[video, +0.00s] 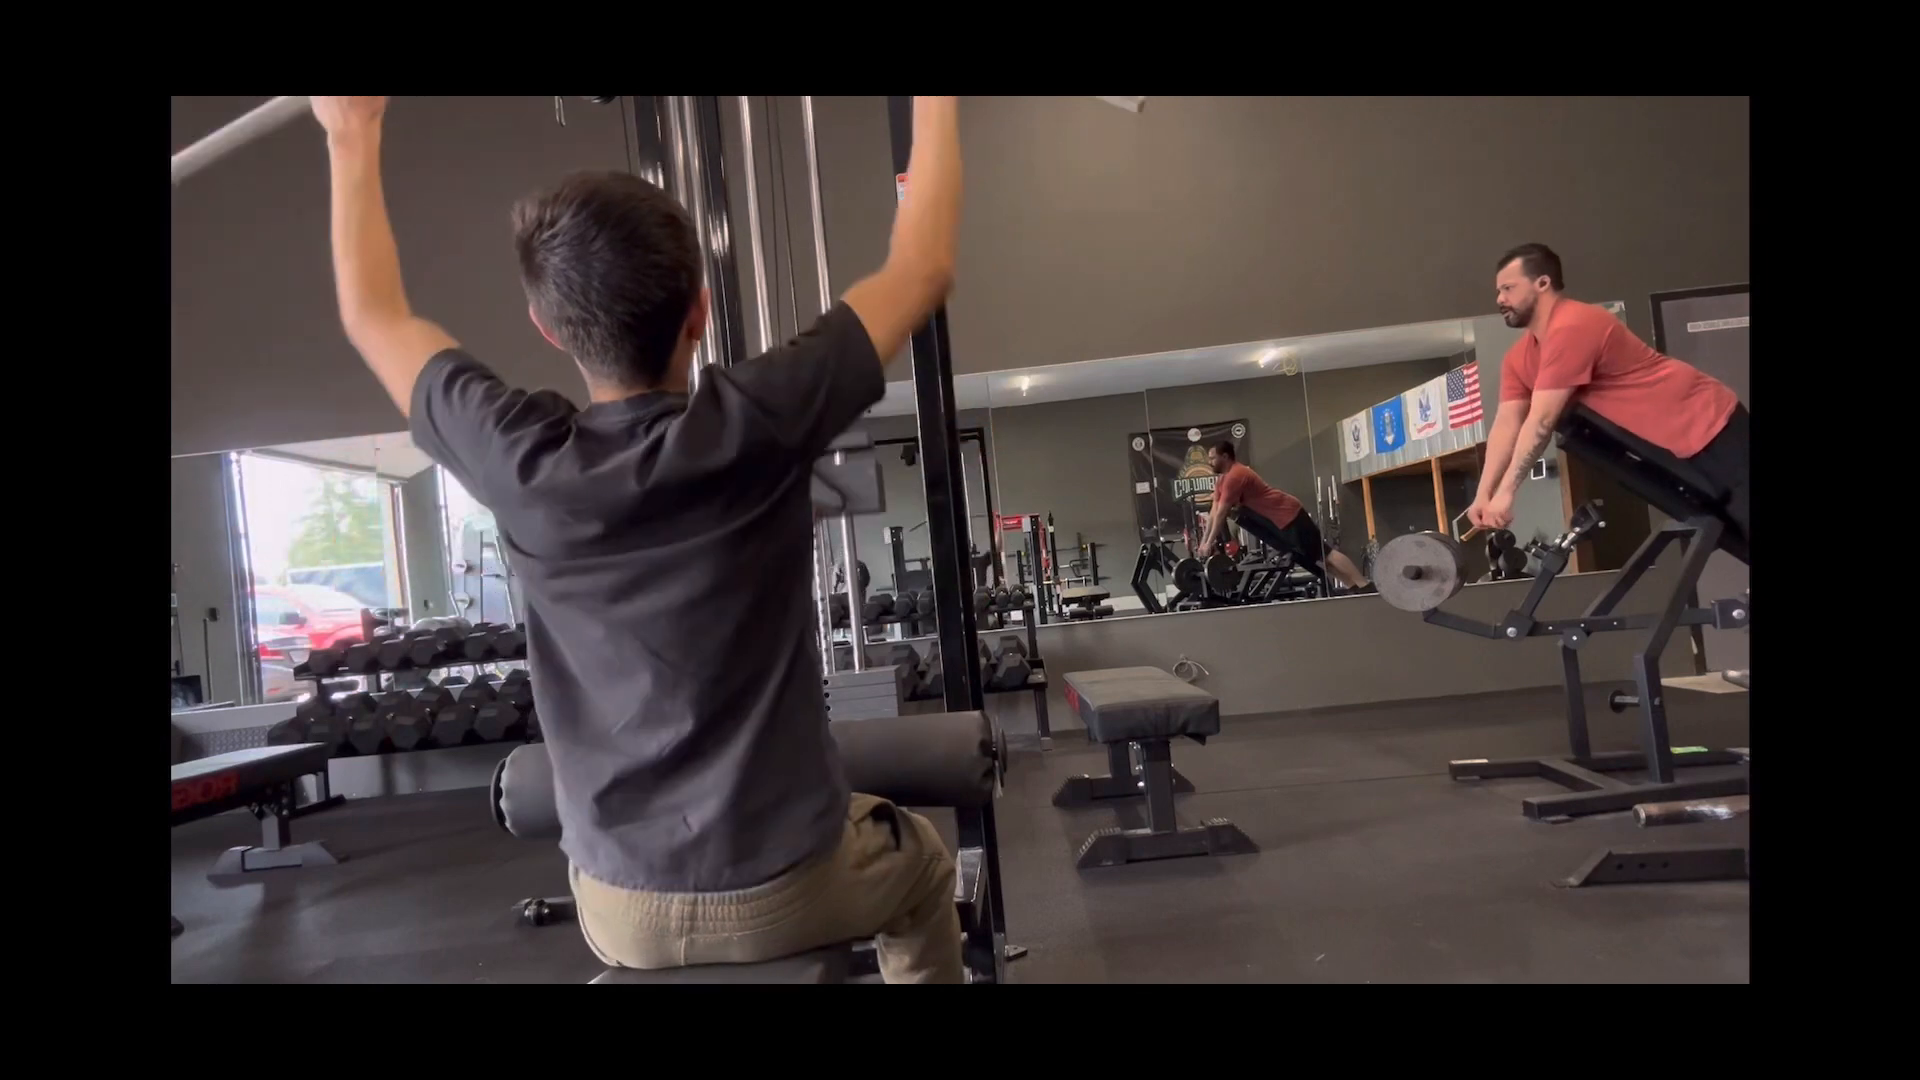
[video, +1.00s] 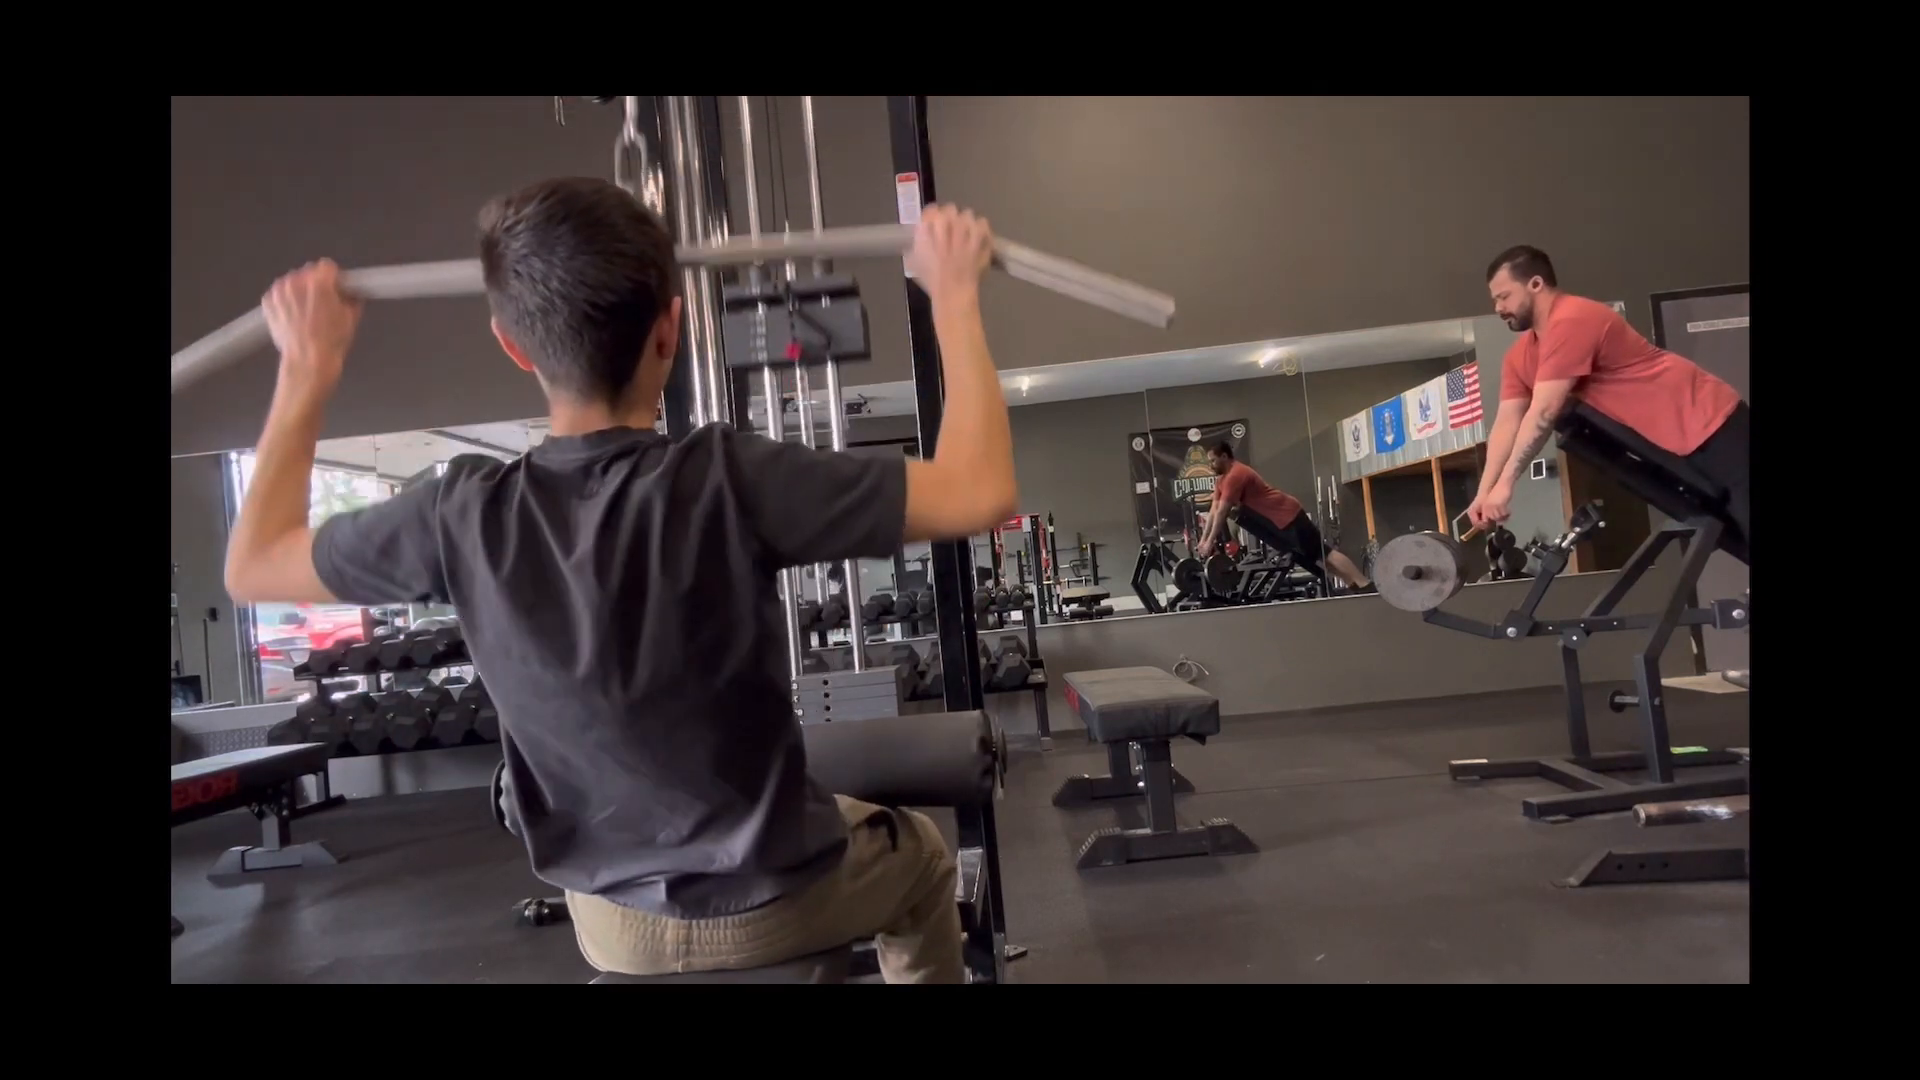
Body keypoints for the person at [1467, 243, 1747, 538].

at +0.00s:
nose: (1499, 300)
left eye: (1507, 288)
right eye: (1498, 292)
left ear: (1542, 284)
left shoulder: (1572, 325)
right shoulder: (1518, 357)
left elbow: (1541, 422)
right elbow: (1506, 422)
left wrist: (1505, 490)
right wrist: (1483, 493)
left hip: (1709, 422)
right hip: (1669, 449)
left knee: (1745, 521)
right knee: (1733, 536)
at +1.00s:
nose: (1498, 309)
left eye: (1503, 297)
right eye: (1494, 301)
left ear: (1535, 285)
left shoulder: (1571, 317)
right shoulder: (1519, 355)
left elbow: (1543, 413)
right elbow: (1506, 421)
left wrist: (1505, 483)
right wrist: (1485, 489)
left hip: (1710, 420)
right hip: (1669, 449)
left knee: (1745, 527)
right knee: (1730, 535)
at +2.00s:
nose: (1496, 322)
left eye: (1493, 313)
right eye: (1493, 315)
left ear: (1510, 307)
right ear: (1515, 306)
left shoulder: (1574, 323)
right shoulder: (1526, 352)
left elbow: (1544, 420)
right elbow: (1514, 418)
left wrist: (1506, 487)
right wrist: (1493, 487)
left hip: (1713, 424)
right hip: (1677, 447)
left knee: (1745, 527)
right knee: (1732, 536)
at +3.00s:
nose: (1498, 337)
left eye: (1495, 327)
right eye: (1491, 332)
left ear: (1515, 306)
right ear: (1514, 309)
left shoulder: (1573, 322)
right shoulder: (1526, 362)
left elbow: (1556, 420)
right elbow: (1519, 428)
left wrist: (1515, 489)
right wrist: (1501, 492)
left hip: (1711, 422)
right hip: (1676, 449)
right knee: (1734, 534)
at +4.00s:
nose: (1486, 364)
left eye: (1480, 354)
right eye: (1478, 358)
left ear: (1495, 332)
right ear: (1495, 336)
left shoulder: (1552, 335)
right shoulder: (1531, 377)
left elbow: (1582, 422)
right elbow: (1567, 439)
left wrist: (1584, 493)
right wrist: (1577, 498)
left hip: (1707, 420)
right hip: (1676, 446)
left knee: (1745, 520)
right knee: (1730, 530)